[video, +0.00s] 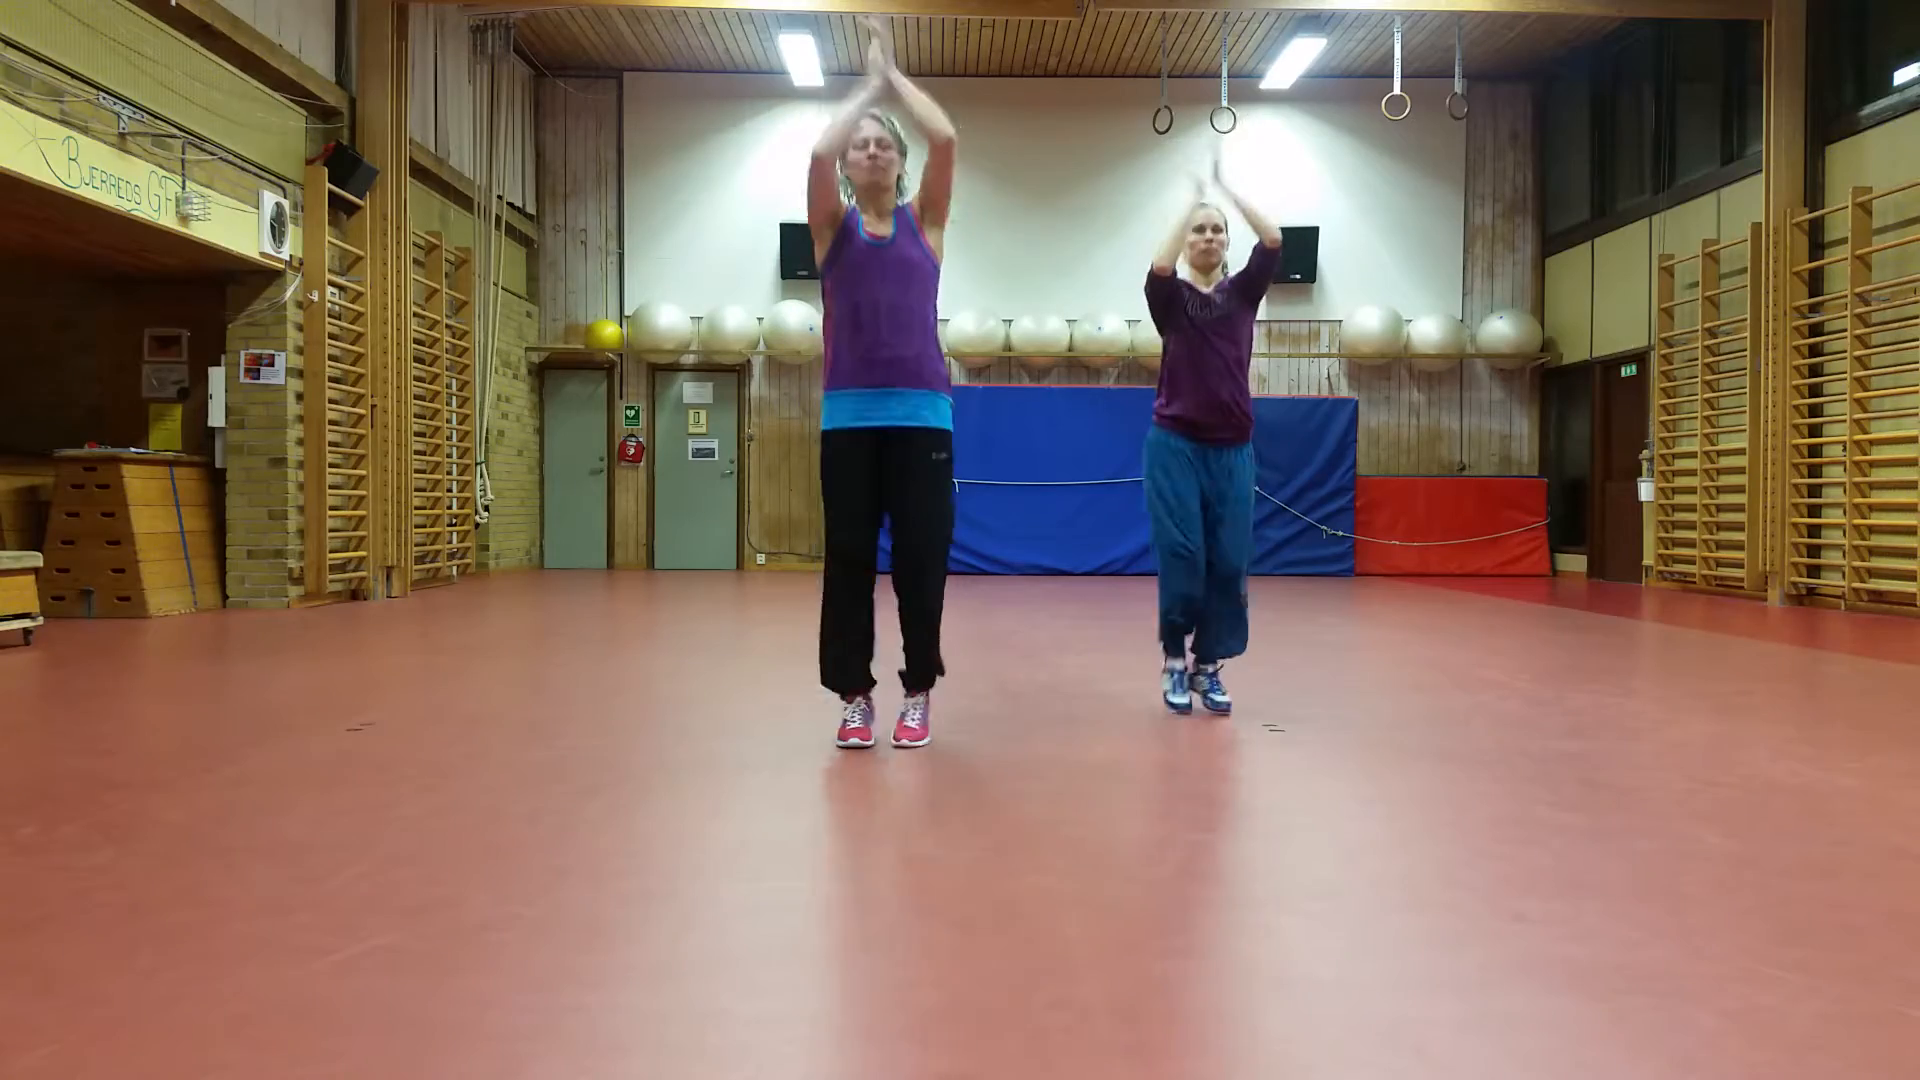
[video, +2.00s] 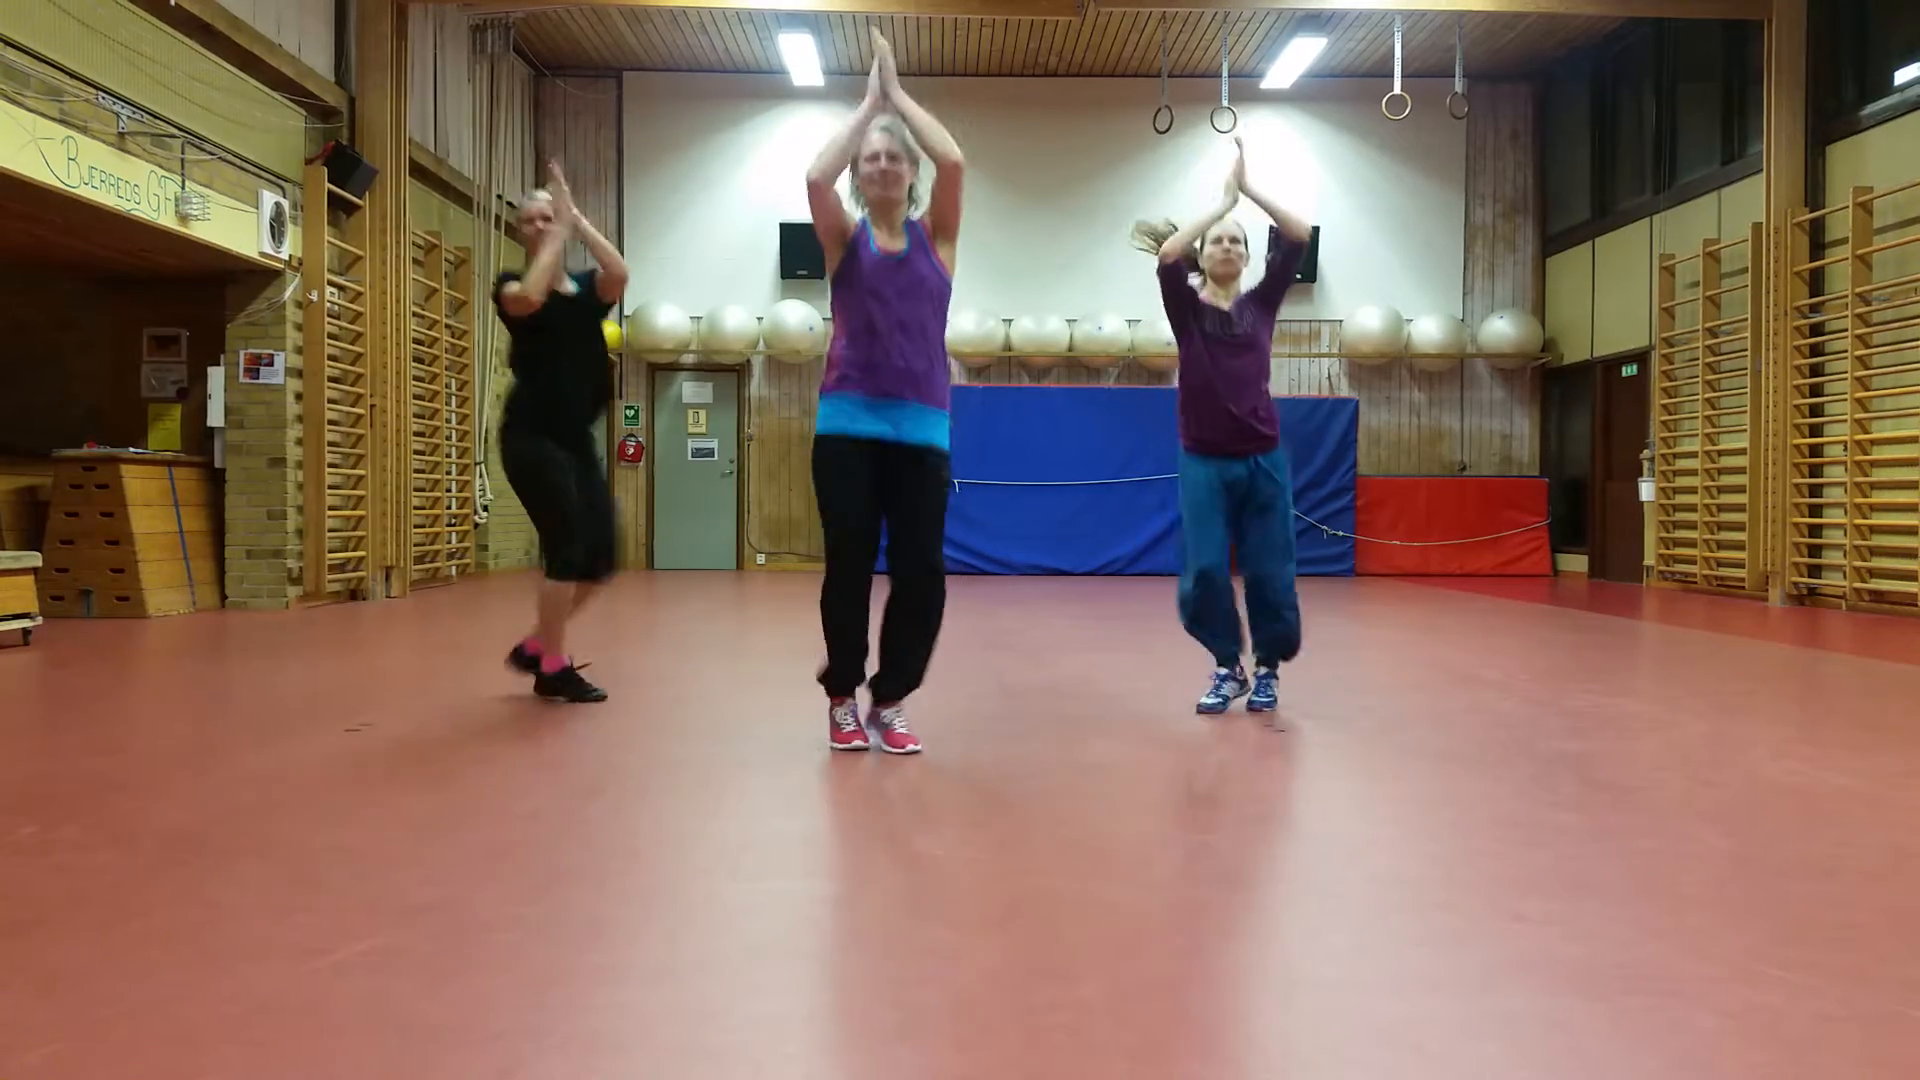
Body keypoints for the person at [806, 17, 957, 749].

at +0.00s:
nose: (874, 150)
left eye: (883, 144)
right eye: (862, 145)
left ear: (901, 163)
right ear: (844, 164)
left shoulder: (924, 222)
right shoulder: (833, 226)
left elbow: (945, 139)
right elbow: (823, 153)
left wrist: (894, 77)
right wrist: (871, 80)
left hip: (922, 416)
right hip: (851, 417)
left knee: (921, 562)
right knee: (849, 561)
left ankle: (918, 693)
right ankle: (854, 697)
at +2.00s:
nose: (883, 166)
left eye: (894, 157)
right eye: (871, 157)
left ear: (912, 172)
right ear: (855, 172)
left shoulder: (935, 239)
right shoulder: (845, 239)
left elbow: (952, 160)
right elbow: (818, 180)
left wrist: (898, 93)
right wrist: (867, 103)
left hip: (921, 425)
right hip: (849, 421)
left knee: (921, 571)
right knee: (849, 565)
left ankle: (890, 702)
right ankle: (844, 695)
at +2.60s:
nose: (890, 157)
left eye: (902, 149)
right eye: (879, 150)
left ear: (922, 168)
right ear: (865, 170)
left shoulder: (948, 234)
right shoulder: (846, 238)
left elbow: (1015, 236)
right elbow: (772, 266)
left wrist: (947, 180)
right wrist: (807, 196)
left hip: (939, 426)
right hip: (863, 424)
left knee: (943, 573)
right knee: (831, 560)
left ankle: (939, 708)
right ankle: (861, 693)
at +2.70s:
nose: (885, 144)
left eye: (897, 136)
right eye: (874, 136)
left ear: (918, 154)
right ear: (860, 156)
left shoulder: (947, 219)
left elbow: (1020, 269)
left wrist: (982, 240)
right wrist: (777, 251)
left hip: (934, 413)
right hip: (858, 409)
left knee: (933, 565)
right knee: (832, 551)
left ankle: (935, 703)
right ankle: (844, 689)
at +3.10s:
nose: (890, 163)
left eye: (901, 154)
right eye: (879, 156)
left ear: (923, 168)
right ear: (864, 173)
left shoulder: (948, 229)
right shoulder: (843, 235)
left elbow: (997, 260)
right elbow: (771, 259)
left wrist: (924, 226)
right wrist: (849, 282)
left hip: (946, 423)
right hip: (864, 424)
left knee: (1004, 551)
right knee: (790, 539)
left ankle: (1043, 683)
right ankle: (775, 678)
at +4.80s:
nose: (910, 211)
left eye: (920, 205)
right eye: (898, 205)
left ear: (937, 224)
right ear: (881, 225)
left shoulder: (958, 283)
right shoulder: (861, 281)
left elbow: (1010, 278)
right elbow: (793, 298)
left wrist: (943, 241)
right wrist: (867, 315)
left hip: (954, 473)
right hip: (869, 473)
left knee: (1019, 592)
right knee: (795, 588)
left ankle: (1070, 708)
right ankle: (761, 712)